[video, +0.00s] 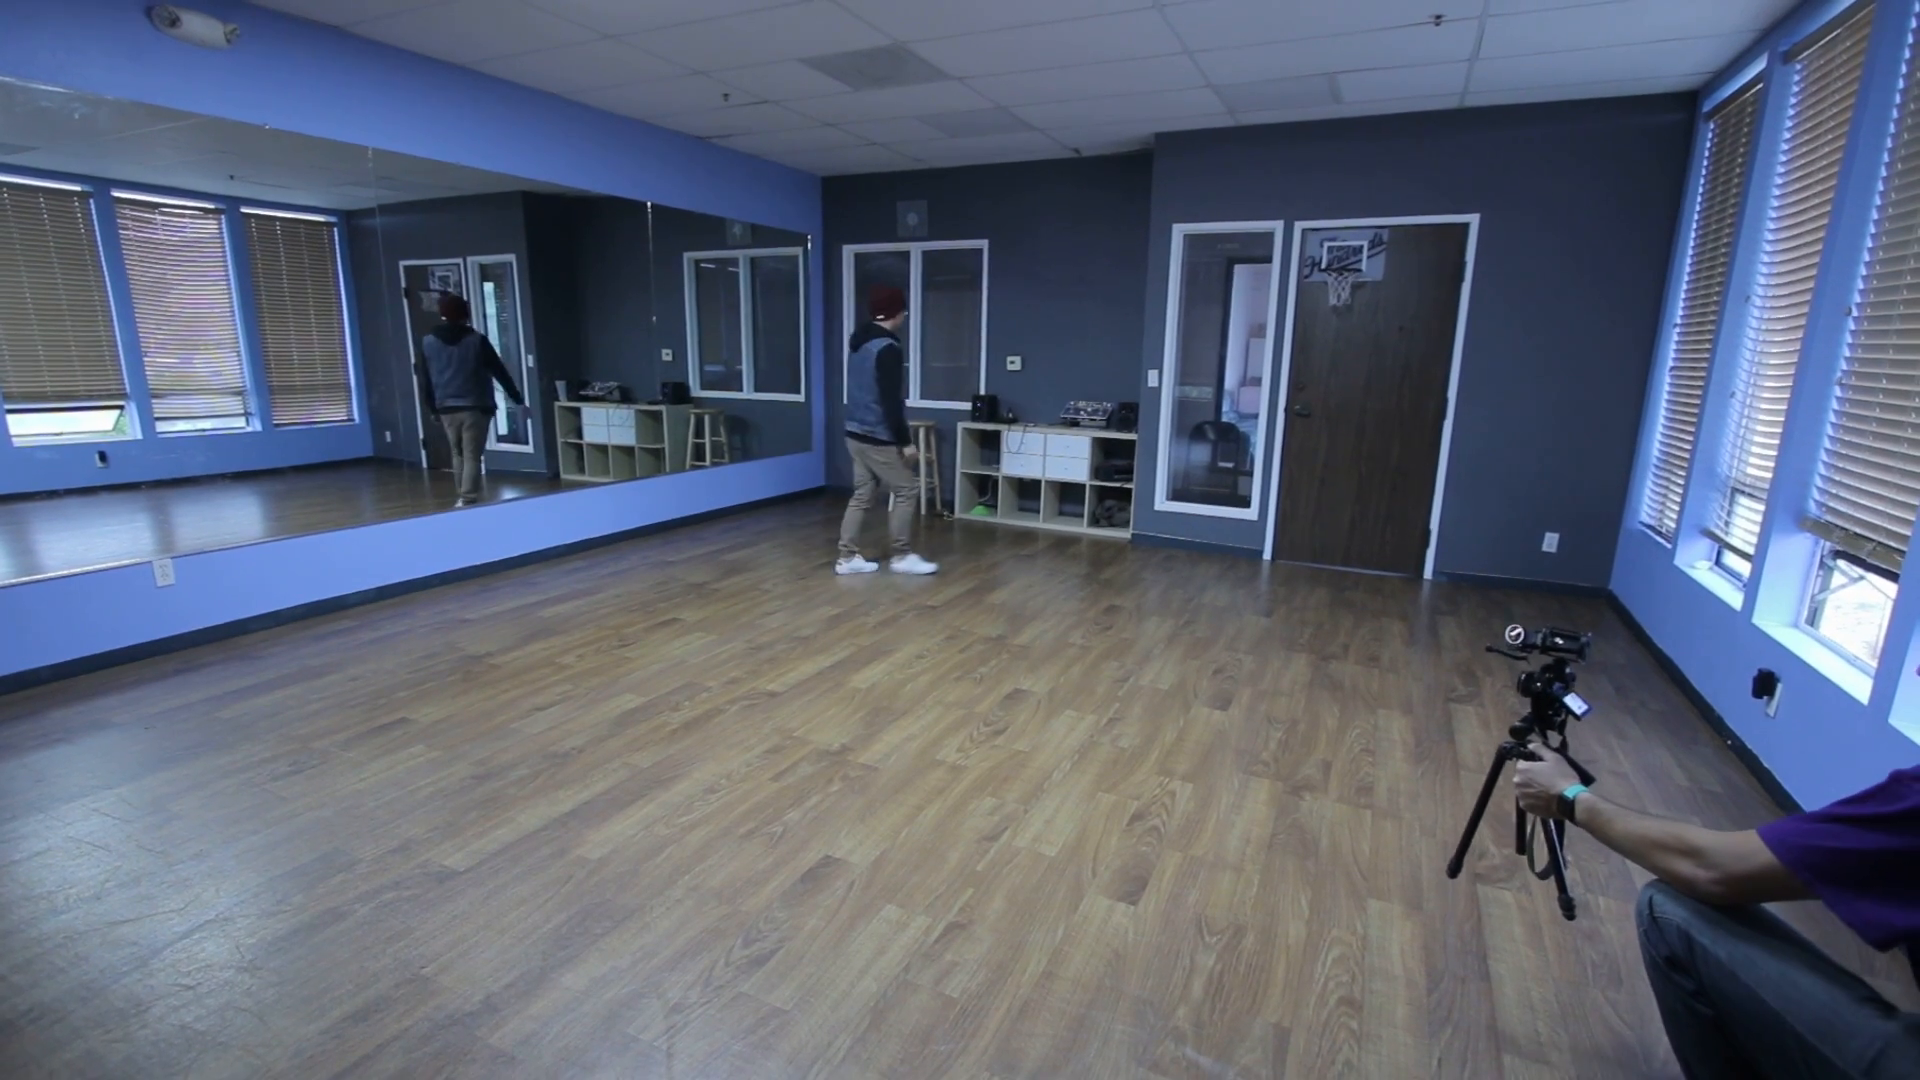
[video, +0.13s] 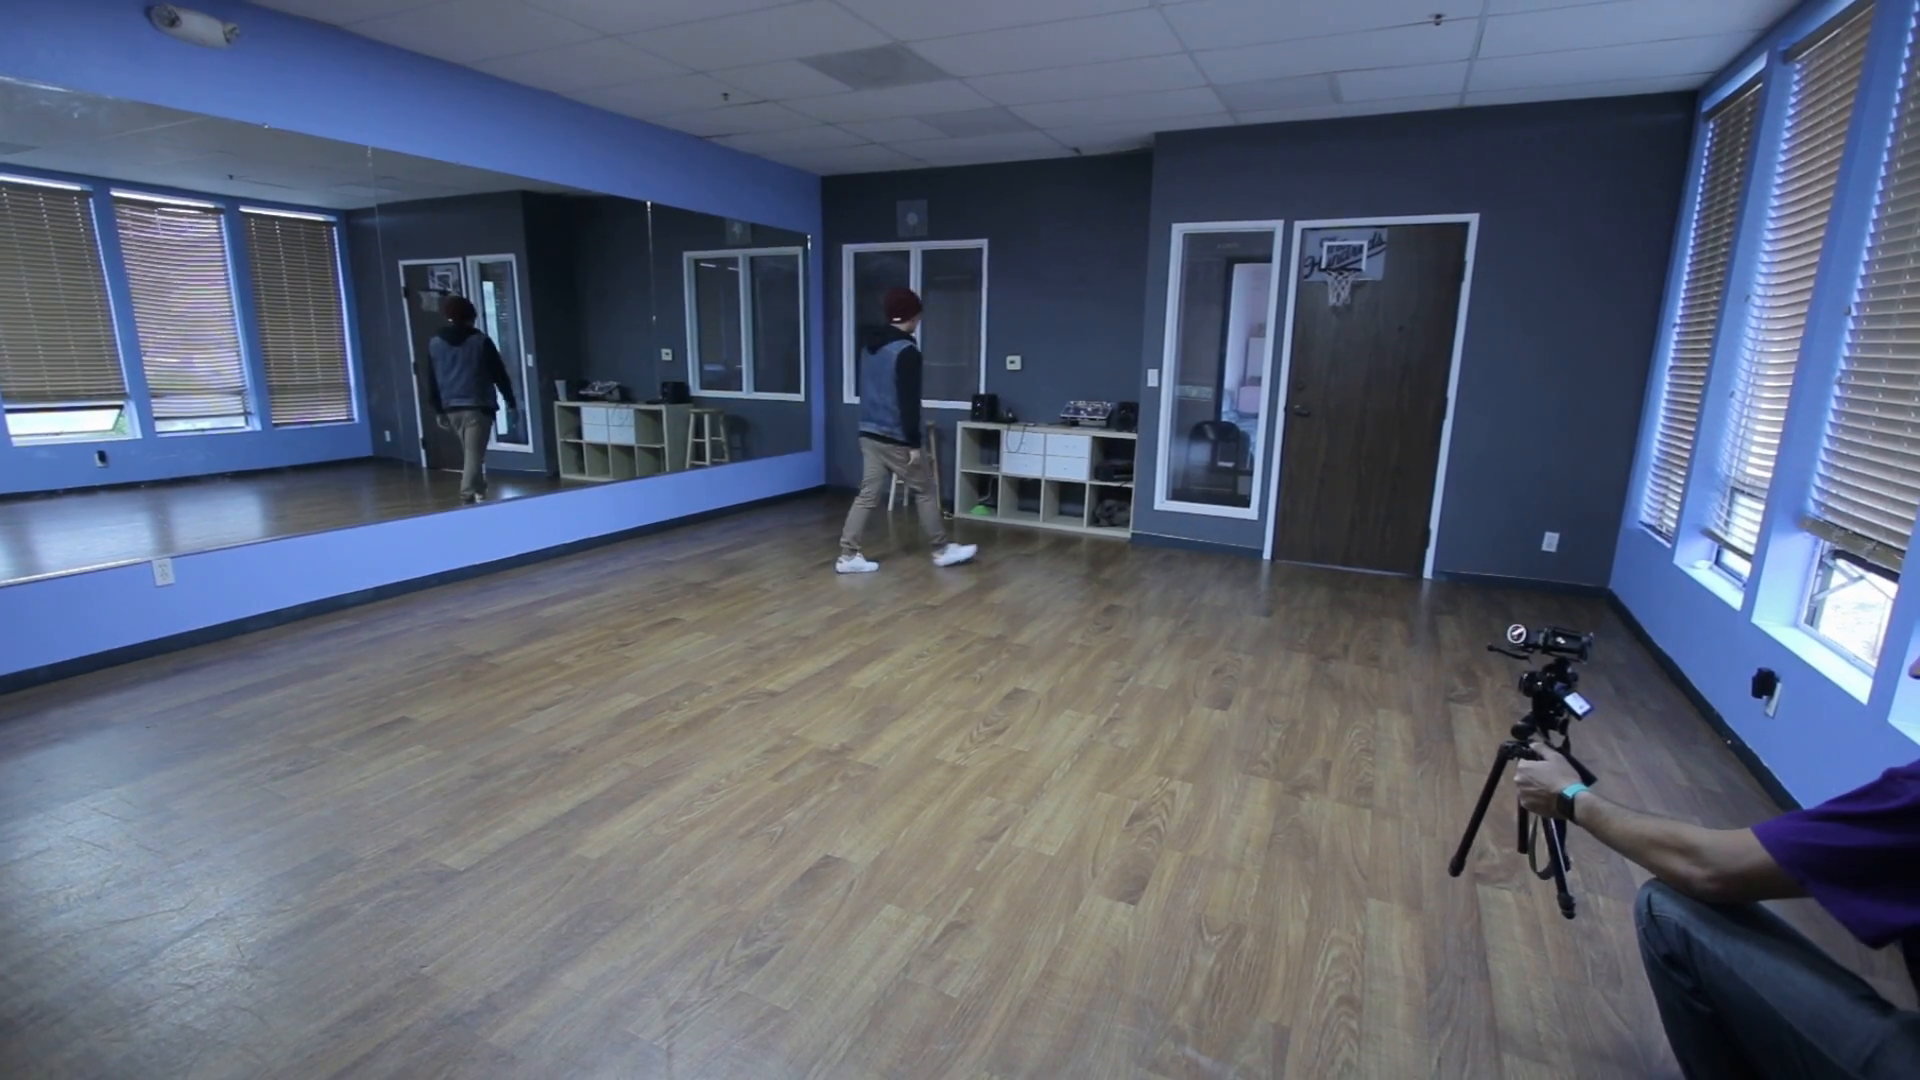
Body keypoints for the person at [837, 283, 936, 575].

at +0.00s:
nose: (903, 318)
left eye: (903, 313)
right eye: (903, 313)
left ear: (875, 313)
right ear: (896, 314)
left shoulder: (861, 341)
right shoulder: (888, 348)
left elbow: (862, 393)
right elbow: (891, 401)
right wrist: (905, 442)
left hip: (855, 435)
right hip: (878, 437)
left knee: (862, 494)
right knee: (906, 489)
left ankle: (846, 556)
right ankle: (901, 554)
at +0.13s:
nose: (917, 324)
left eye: (917, 318)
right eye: (917, 318)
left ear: (891, 316)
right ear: (909, 319)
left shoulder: (873, 345)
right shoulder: (907, 351)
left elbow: (870, 391)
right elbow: (909, 400)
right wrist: (914, 443)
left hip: (869, 432)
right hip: (894, 436)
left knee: (868, 494)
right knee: (925, 488)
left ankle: (847, 555)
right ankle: (941, 548)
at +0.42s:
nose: (964, 313)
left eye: (960, 309)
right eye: (963, 309)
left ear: (935, 309)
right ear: (961, 311)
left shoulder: (921, 339)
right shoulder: (957, 345)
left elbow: (919, 383)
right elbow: (961, 394)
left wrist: (922, 418)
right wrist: (963, 436)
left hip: (920, 425)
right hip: (947, 429)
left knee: (924, 480)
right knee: (959, 486)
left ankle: (887, 522)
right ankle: (961, 544)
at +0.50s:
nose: (976, 312)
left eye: (972, 307)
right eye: (975, 308)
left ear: (948, 309)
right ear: (972, 310)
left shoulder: (932, 337)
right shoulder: (967, 344)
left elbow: (930, 382)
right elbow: (973, 392)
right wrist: (982, 433)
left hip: (929, 424)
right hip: (956, 428)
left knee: (938, 475)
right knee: (964, 485)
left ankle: (914, 518)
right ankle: (961, 543)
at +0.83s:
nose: (1001, 324)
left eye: (997, 320)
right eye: (1000, 321)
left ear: (976, 319)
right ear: (997, 322)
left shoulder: (964, 343)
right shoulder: (989, 351)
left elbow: (973, 388)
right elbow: (1002, 391)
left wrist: (1001, 413)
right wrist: (1027, 420)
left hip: (959, 424)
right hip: (975, 430)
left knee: (971, 481)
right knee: (971, 488)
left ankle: (972, 522)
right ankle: (962, 548)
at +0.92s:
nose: (1003, 330)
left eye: (1000, 325)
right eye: (1003, 326)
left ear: (979, 324)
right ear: (1000, 327)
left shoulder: (967, 347)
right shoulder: (991, 354)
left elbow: (971, 390)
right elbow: (1002, 394)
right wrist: (1026, 424)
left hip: (964, 427)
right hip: (980, 432)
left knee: (977, 480)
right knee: (974, 488)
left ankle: (978, 520)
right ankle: (961, 546)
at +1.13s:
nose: (1013, 336)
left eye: (1011, 332)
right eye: (1013, 332)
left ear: (990, 329)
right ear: (1009, 333)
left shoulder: (980, 349)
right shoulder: (1001, 354)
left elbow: (984, 390)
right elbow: (1000, 394)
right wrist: (1009, 428)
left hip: (964, 423)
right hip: (979, 425)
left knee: (978, 477)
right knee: (981, 481)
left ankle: (973, 523)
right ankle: (962, 536)